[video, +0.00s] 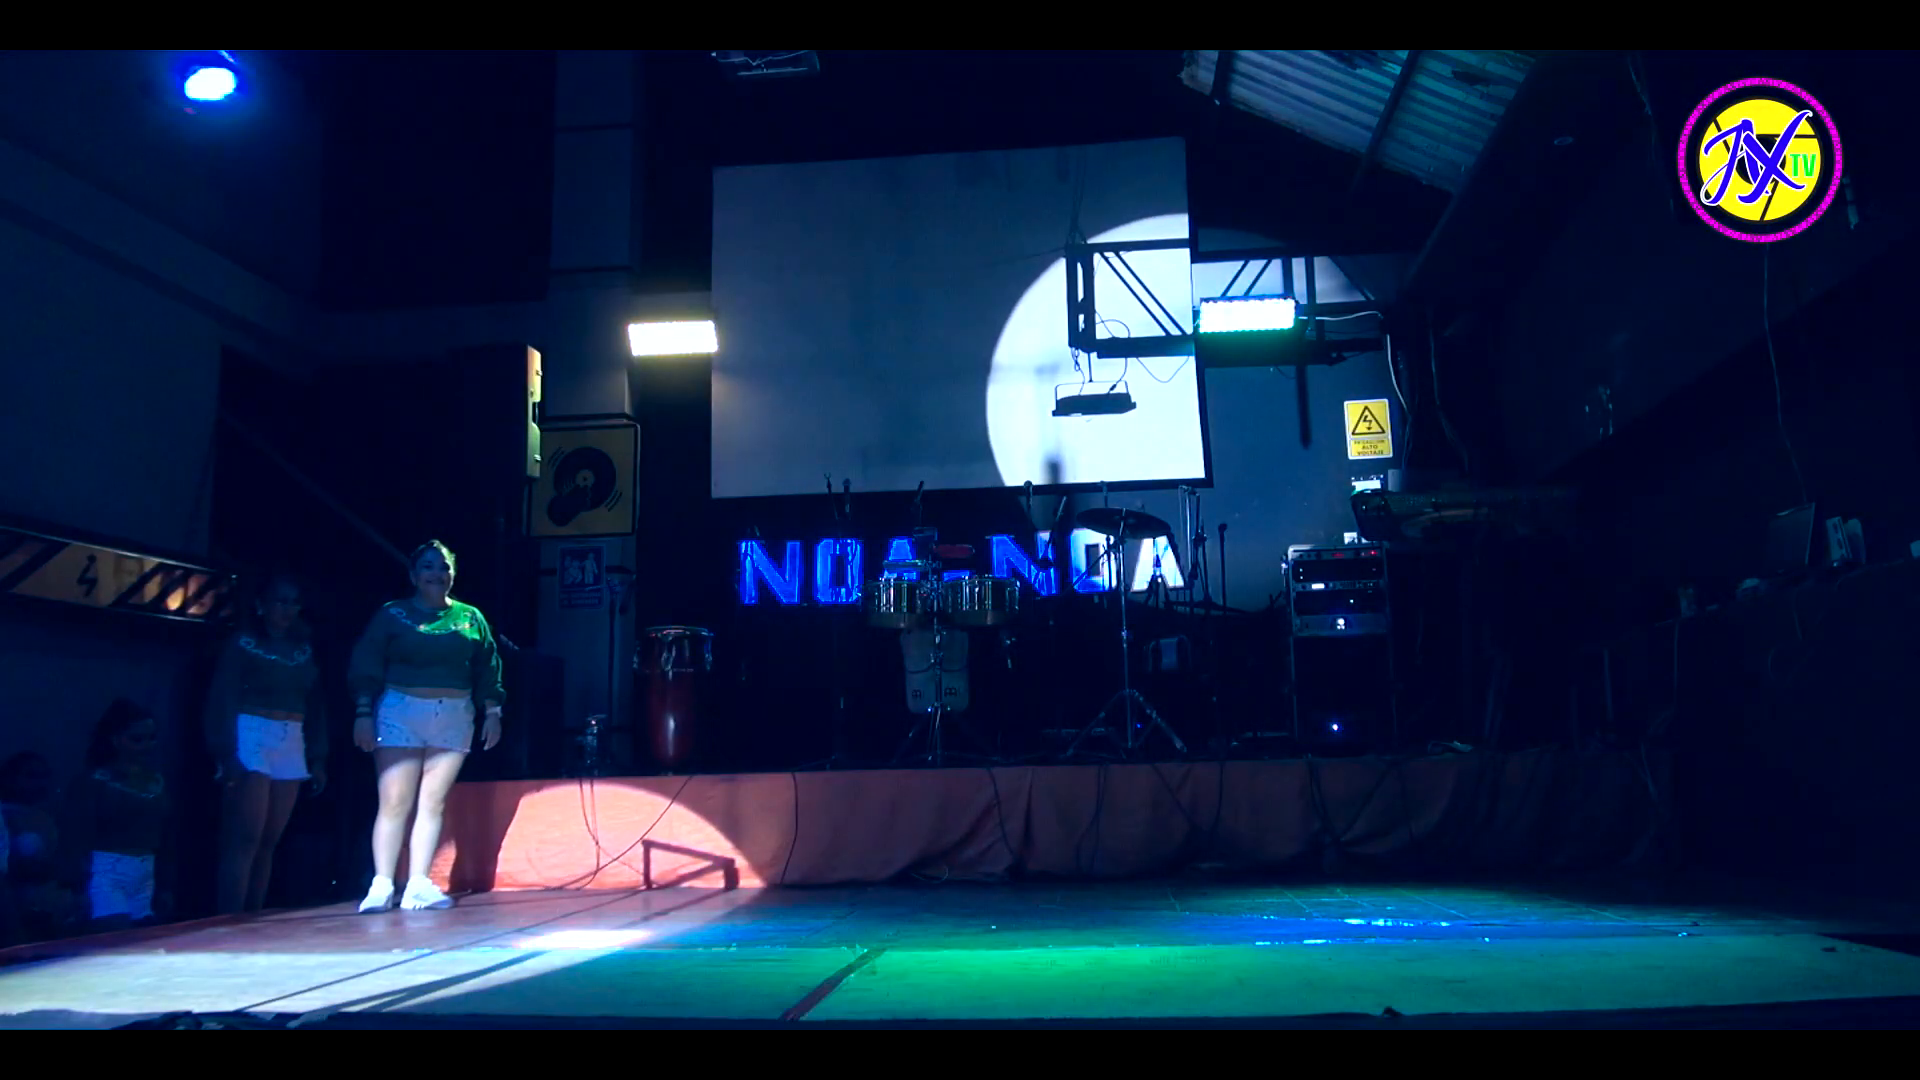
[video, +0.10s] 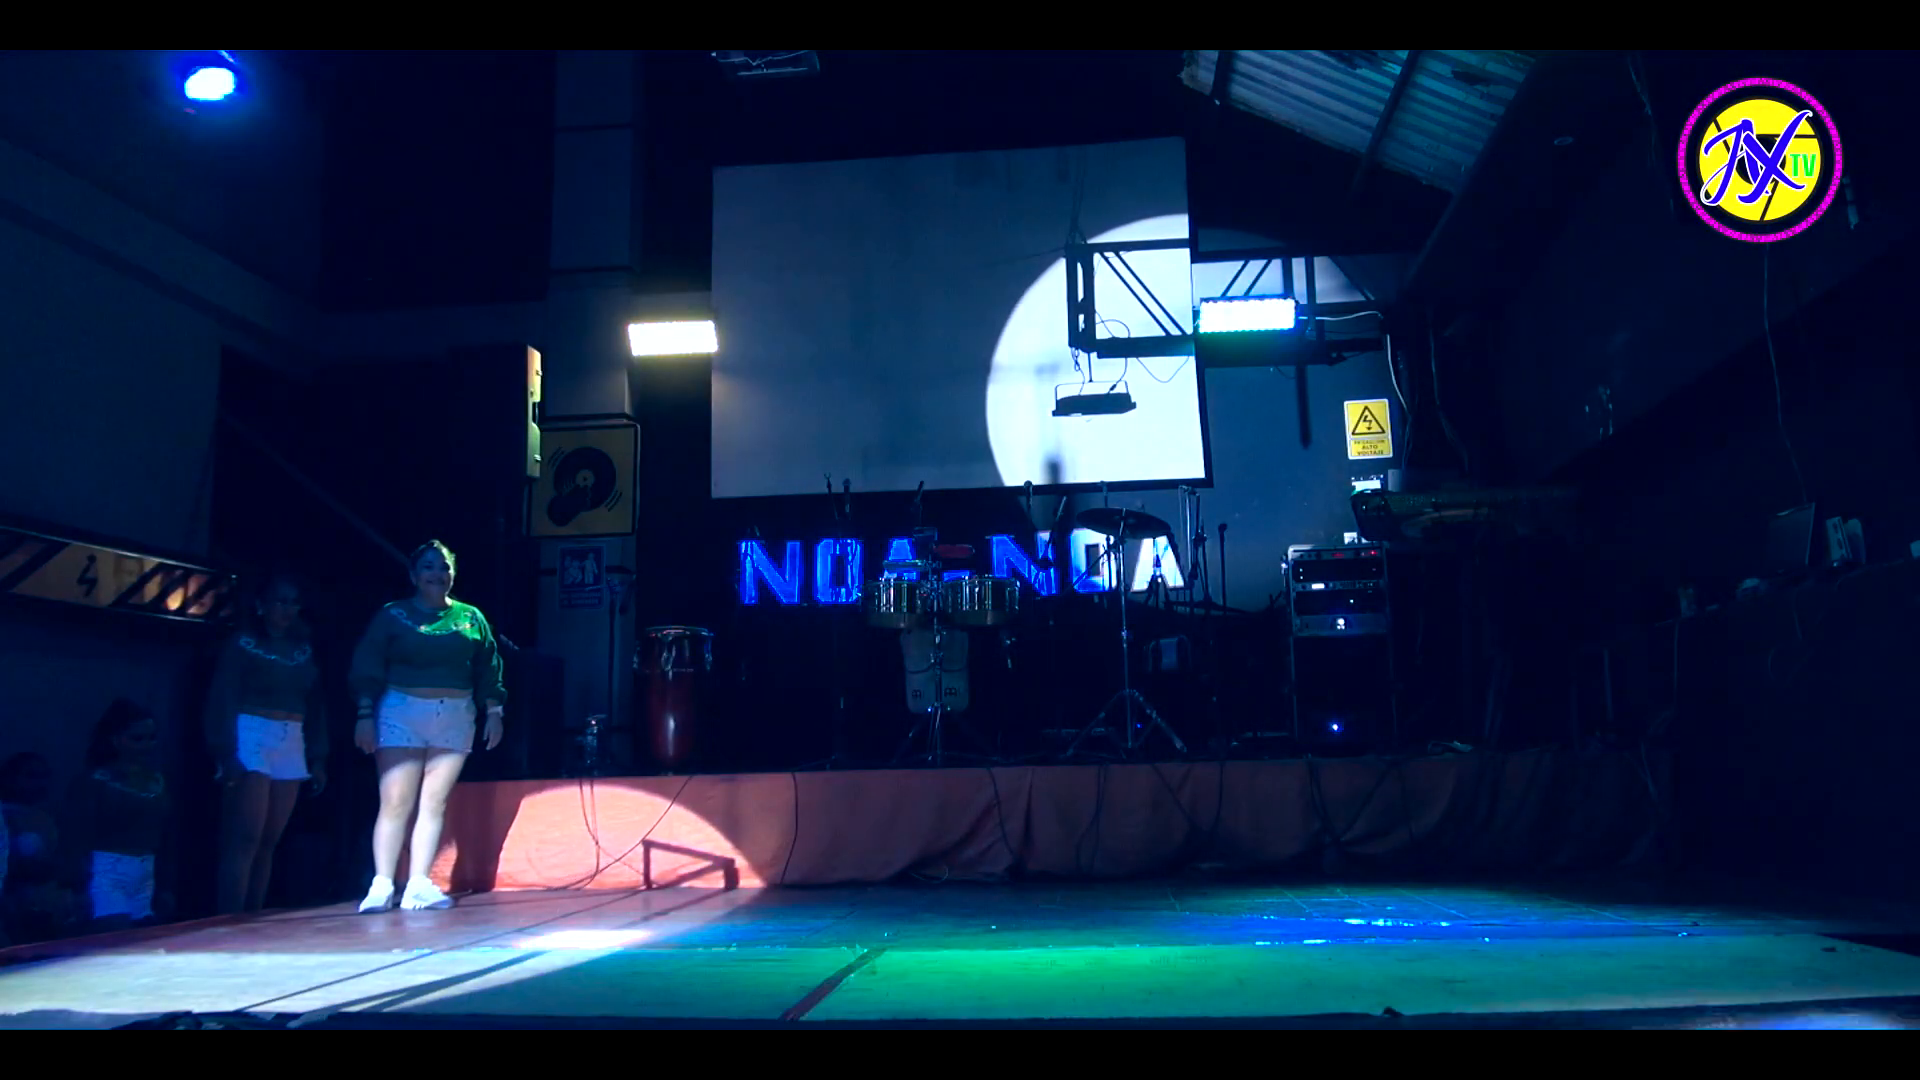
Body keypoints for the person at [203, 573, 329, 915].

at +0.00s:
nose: (286, 610)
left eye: (293, 604)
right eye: (280, 602)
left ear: (299, 608)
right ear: (264, 603)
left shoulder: (304, 651)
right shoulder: (245, 643)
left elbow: (314, 708)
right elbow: (224, 698)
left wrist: (316, 757)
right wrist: (225, 752)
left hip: (293, 734)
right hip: (254, 731)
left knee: (271, 838)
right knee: (248, 834)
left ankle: (254, 915)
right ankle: (231, 915)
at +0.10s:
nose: (286, 610)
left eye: (292, 603)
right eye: (279, 602)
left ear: (299, 608)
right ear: (264, 603)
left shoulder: (304, 652)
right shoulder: (245, 644)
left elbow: (314, 709)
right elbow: (224, 698)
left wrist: (317, 758)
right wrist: (225, 752)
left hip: (293, 734)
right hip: (253, 731)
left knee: (271, 839)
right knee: (248, 834)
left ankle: (254, 915)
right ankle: (231, 915)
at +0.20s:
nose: (286, 610)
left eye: (292, 603)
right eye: (279, 602)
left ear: (299, 608)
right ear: (263, 604)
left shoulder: (304, 651)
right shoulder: (245, 643)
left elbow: (314, 708)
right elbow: (224, 698)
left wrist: (317, 757)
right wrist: (225, 753)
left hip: (293, 734)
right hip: (254, 730)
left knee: (271, 838)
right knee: (248, 833)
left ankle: (254, 915)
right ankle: (231, 915)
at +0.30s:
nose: (286, 609)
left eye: (292, 603)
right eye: (279, 602)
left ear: (299, 608)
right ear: (263, 604)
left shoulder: (303, 651)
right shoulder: (245, 643)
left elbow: (314, 708)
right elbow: (223, 698)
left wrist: (317, 758)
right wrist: (225, 753)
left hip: (293, 735)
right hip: (254, 731)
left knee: (271, 838)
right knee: (248, 834)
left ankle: (254, 916)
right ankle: (231, 916)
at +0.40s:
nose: (286, 610)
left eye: (292, 603)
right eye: (279, 602)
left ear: (299, 608)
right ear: (263, 604)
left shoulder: (303, 651)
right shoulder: (245, 643)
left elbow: (314, 708)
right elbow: (224, 698)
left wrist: (317, 758)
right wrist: (225, 754)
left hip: (293, 734)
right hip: (254, 731)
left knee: (271, 839)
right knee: (248, 835)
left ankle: (254, 916)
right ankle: (232, 917)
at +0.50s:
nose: (286, 610)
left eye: (292, 603)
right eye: (279, 602)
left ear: (299, 608)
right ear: (263, 604)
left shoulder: (303, 651)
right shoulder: (245, 643)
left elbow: (314, 708)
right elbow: (224, 698)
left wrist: (317, 757)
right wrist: (225, 753)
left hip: (293, 735)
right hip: (254, 731)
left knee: (271, 839)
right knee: (249, 834)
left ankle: (254, 916)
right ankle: (232, 916)